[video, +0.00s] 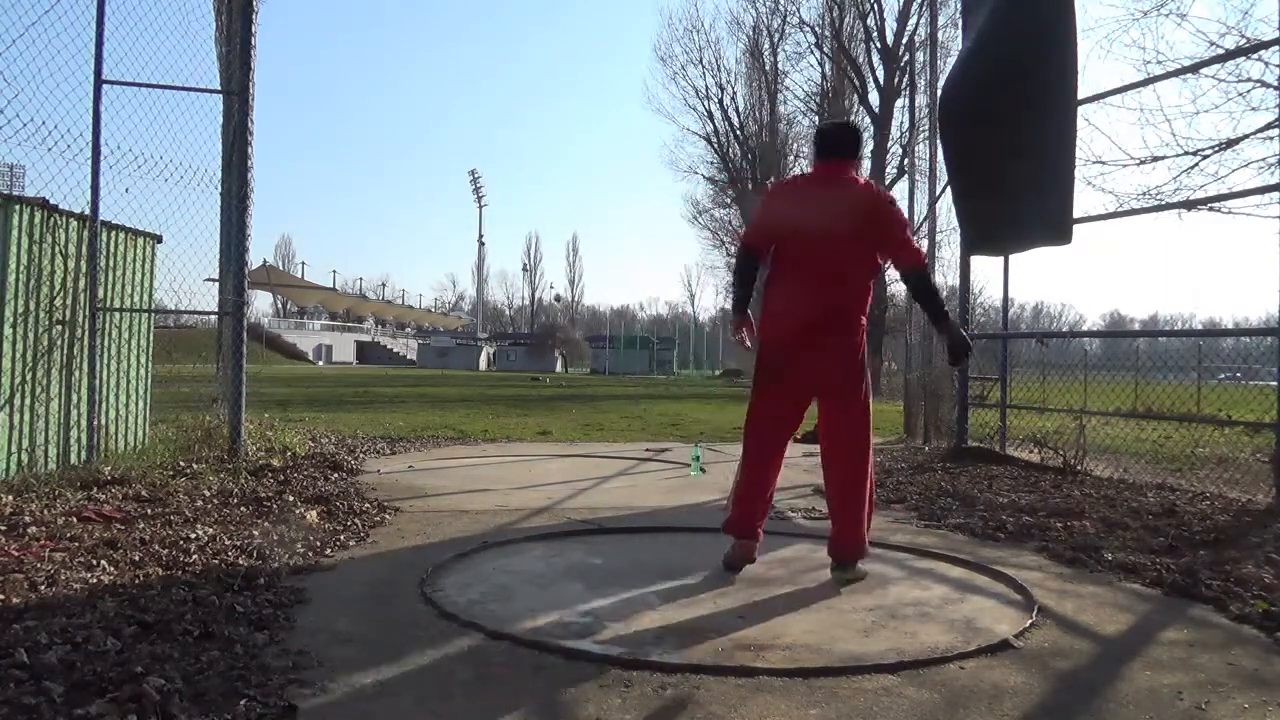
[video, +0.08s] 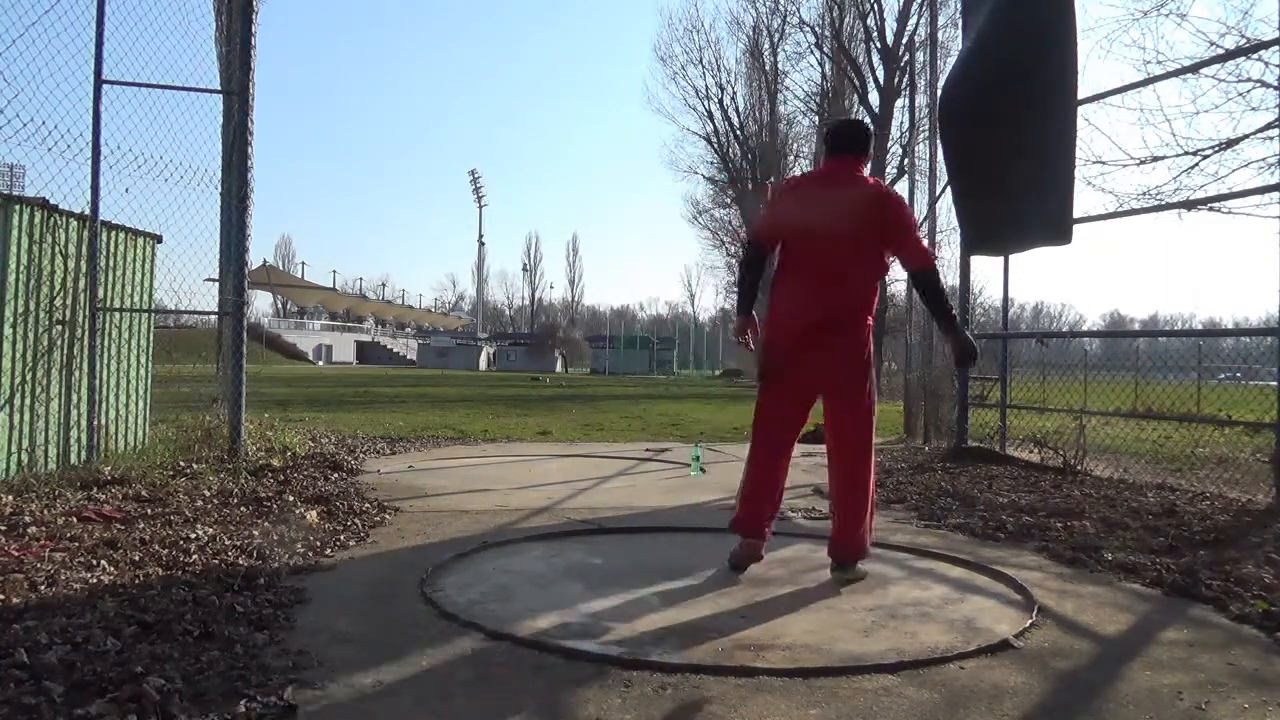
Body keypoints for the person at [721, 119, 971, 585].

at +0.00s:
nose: (856, 165)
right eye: (859, 158)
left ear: (815, 154)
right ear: (859, 158)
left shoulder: (782, 195)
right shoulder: (875, 202)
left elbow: (749, 253)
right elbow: (916, 273)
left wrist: (739, 307)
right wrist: (948, 327)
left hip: (783, 340)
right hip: (842, 346)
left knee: (764, 440)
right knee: (848, 446)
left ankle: (742, 542)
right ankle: (847, 557)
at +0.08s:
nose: (866, 162)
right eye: (869, 155)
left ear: (825, 150)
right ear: (869, 155)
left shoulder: (788, 192)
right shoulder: (883, 200)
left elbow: (754, 251)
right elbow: (923, 272)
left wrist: (744, 309)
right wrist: (955, 332)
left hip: (788, 338)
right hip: (848, 344)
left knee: (770, 440)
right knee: (852, 449)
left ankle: (749, 541)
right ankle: (847, 557)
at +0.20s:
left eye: (838, 148)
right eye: (876, 152)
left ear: (835, 149)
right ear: (879, 153)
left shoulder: (798, 190)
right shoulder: (893, 200)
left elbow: (761, 243)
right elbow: (926, 275)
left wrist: (749, 305)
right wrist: (953, 340)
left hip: (793, 336)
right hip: (854, 342)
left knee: (775, 440)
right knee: (854, 449)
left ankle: (751, 539)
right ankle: (847, 557)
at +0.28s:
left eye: (838, 146)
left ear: (839, 148)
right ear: (882, 153)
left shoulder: (801, 188)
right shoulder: (896, 200)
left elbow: (763, 244)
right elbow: (925, 274)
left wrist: (750, 306)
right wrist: (943, 342)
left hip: (795, 336)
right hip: (856, 343)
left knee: (776, 439)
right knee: (855, 450)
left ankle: (750, 541)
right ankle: (847, 559)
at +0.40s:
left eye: (842, 144)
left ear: (842, 146)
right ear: (885, 153)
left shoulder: (804, 186)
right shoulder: (900, 199)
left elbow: (764, 244)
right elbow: (922, 276)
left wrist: (750, 309)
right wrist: (929, 349)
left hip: (794, 335)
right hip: (857, 343)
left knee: (778, 437)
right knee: (856, 448)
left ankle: (765, 540)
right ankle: (847, 557)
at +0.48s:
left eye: (844, 140)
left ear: (841, 143)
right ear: (885, 150)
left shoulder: (802, 185)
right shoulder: (899, 198)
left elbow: (762, 242)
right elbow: (917, 277)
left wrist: (747, 304)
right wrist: (923, 350)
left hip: (795, 334)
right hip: (858, 342)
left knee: (784, 436)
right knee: (856, 449)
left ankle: (777, 531)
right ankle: (847, 557)